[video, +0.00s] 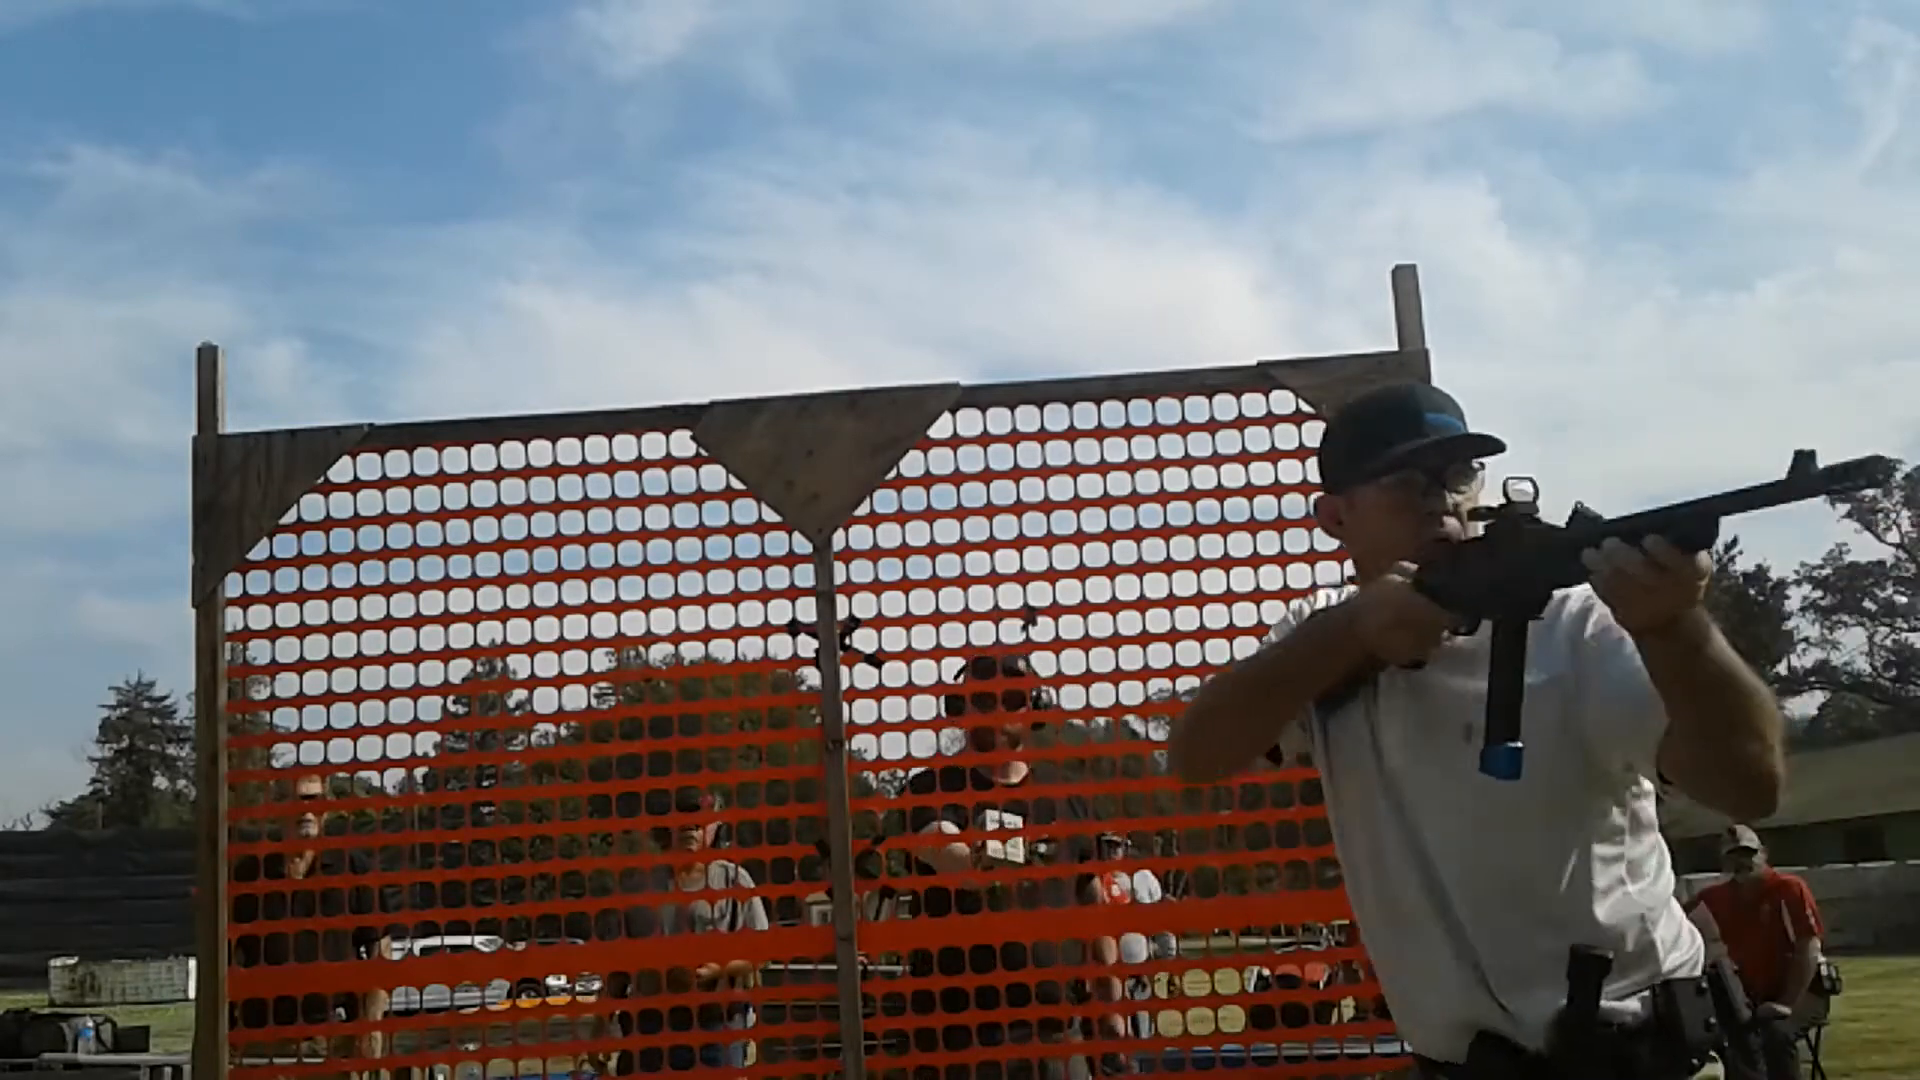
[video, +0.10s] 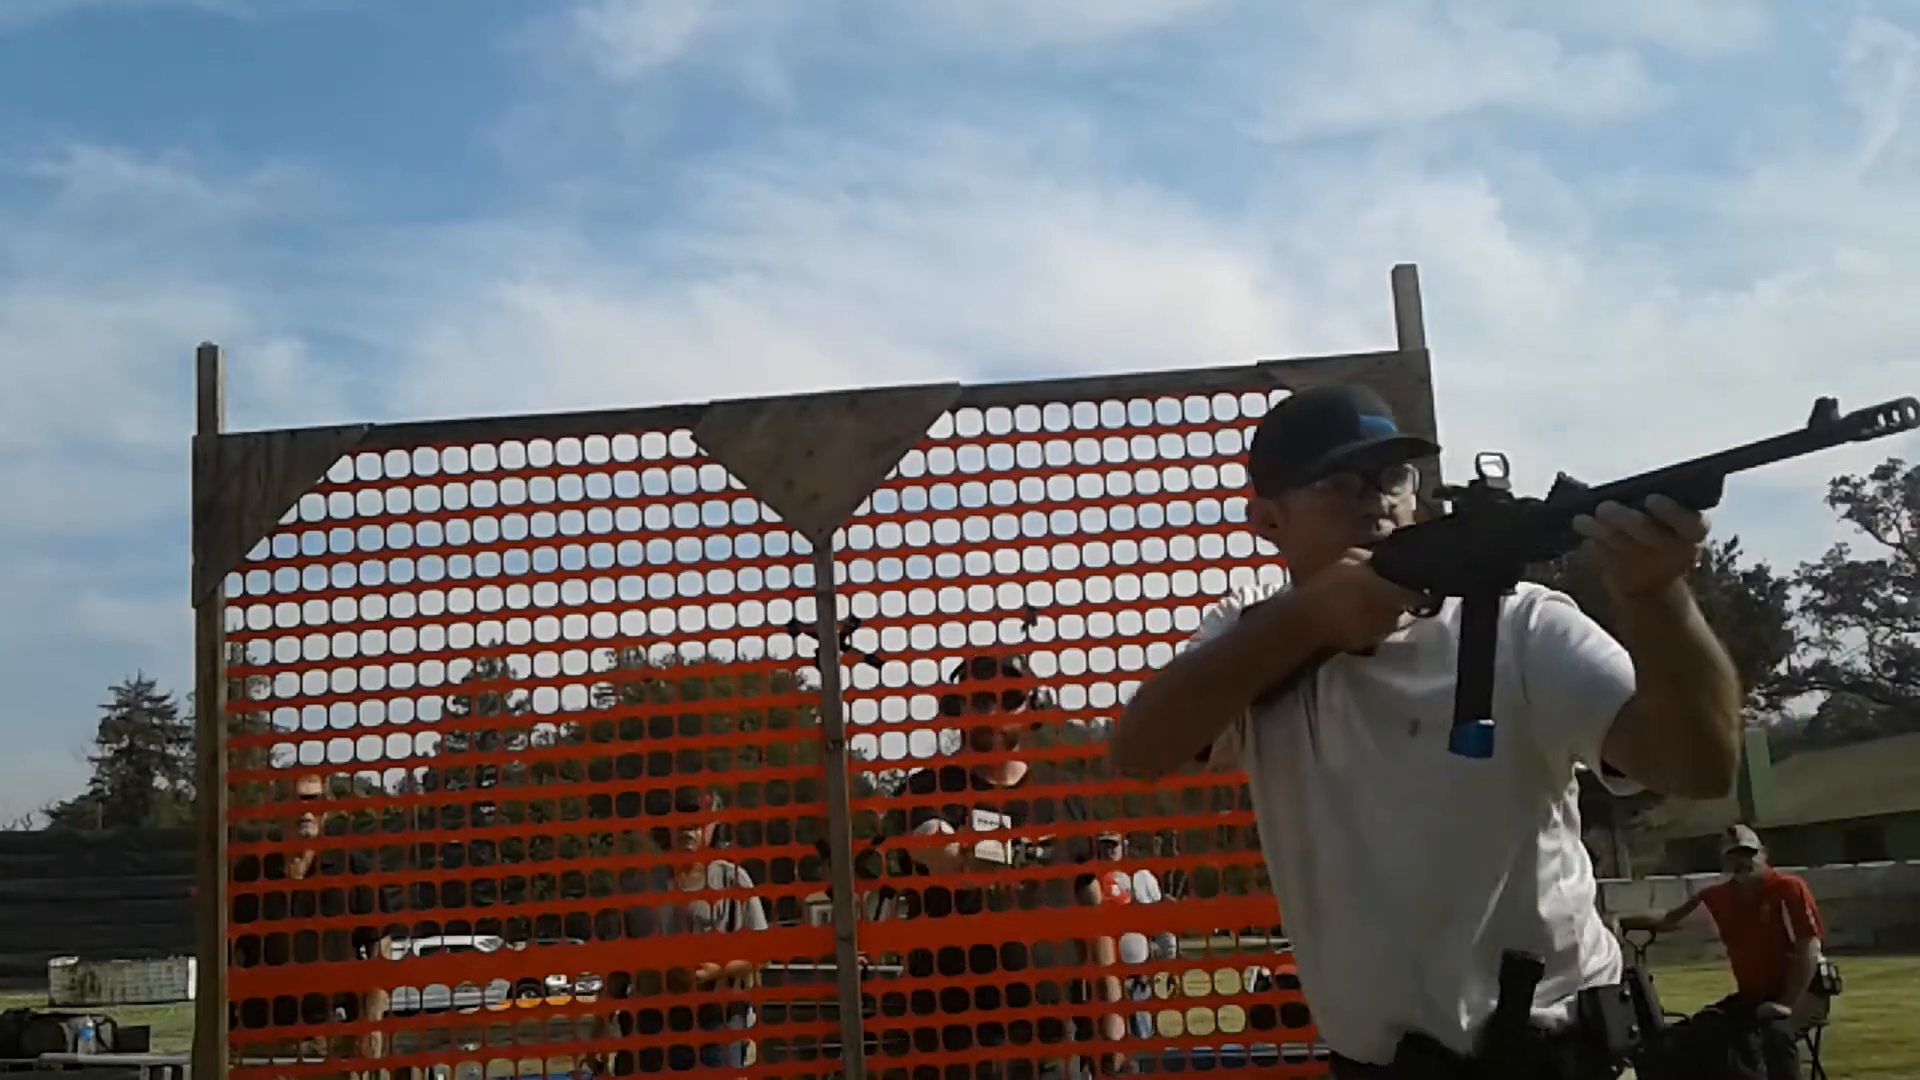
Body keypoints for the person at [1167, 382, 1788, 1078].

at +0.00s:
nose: (1448, 507)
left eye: (1460, 476)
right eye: (1409, 482)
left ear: (1483, 491)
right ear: (1337, 519)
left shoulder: (1570, 620)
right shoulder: (1327, 649)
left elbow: (1752, 788)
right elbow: (1193, 755)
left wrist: (1677, 630)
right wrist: (1346, 634)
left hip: (1648, 1036)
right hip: (1466, 1058)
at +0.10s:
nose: (1376, 505)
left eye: (1390, 478)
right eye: (1339, 483)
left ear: (1419, 497)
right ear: (1268, 516)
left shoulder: (1514, 623)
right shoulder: (1254, 643)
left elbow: (1702, 767)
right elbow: (1137, 748)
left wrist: (1656, 602)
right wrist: (1311, 616)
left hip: (1561, 1040)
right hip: (1378, 1055)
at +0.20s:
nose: (1324, 503)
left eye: (1337, 475)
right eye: (1289, 482)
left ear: (1366, 487)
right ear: (1217, 517)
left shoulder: (1464, 624)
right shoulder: (1194, 634)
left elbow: (1654, 760)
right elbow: (1080, 738)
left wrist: (1621, 590)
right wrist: (1262, 604)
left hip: (1477, 1050)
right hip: (1291, 1058)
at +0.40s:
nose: (1238, 509)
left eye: (1250, 482)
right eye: (1203, 486)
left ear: (1274, 491)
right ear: (1130, 517)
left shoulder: (1367, 627)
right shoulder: (1096, 629)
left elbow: (1561, 756)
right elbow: (981, 740)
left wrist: (1536, 583)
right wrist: (1165, 599)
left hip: (1385, 1051)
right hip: (1184, 1059)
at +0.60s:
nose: (1180, 509)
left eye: (1192, 481)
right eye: (1146, 486)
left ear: (1216, 488)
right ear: (1066, 514)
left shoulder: (1297, 631)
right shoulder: (1028, 626)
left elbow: (1488, 756)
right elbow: (906, 726)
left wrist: (1465, 580)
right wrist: (1101, 594)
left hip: (1304, 1057)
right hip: (1103, 1065)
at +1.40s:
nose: (1115, 501)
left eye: (1125, 474)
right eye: (1083, 480)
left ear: (1146, 481)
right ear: (993, 503)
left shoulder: (1223, 630)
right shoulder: (947, 643)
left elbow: (1412, 751)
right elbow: (821, 699)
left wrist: (1394, 565)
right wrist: (1022, 579)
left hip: (1208, 1057)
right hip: (1007, 1064)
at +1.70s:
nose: (1028, 526)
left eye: (1044, 497)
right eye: (994, 503)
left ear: (1066, 504)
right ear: (911, 530)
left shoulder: (1140, 652)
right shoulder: (864, 637)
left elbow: (1330, 774)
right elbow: (742, 733)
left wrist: (1324, 607)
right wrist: (943, 608)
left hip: (1133, 1058)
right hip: (930, 1064)